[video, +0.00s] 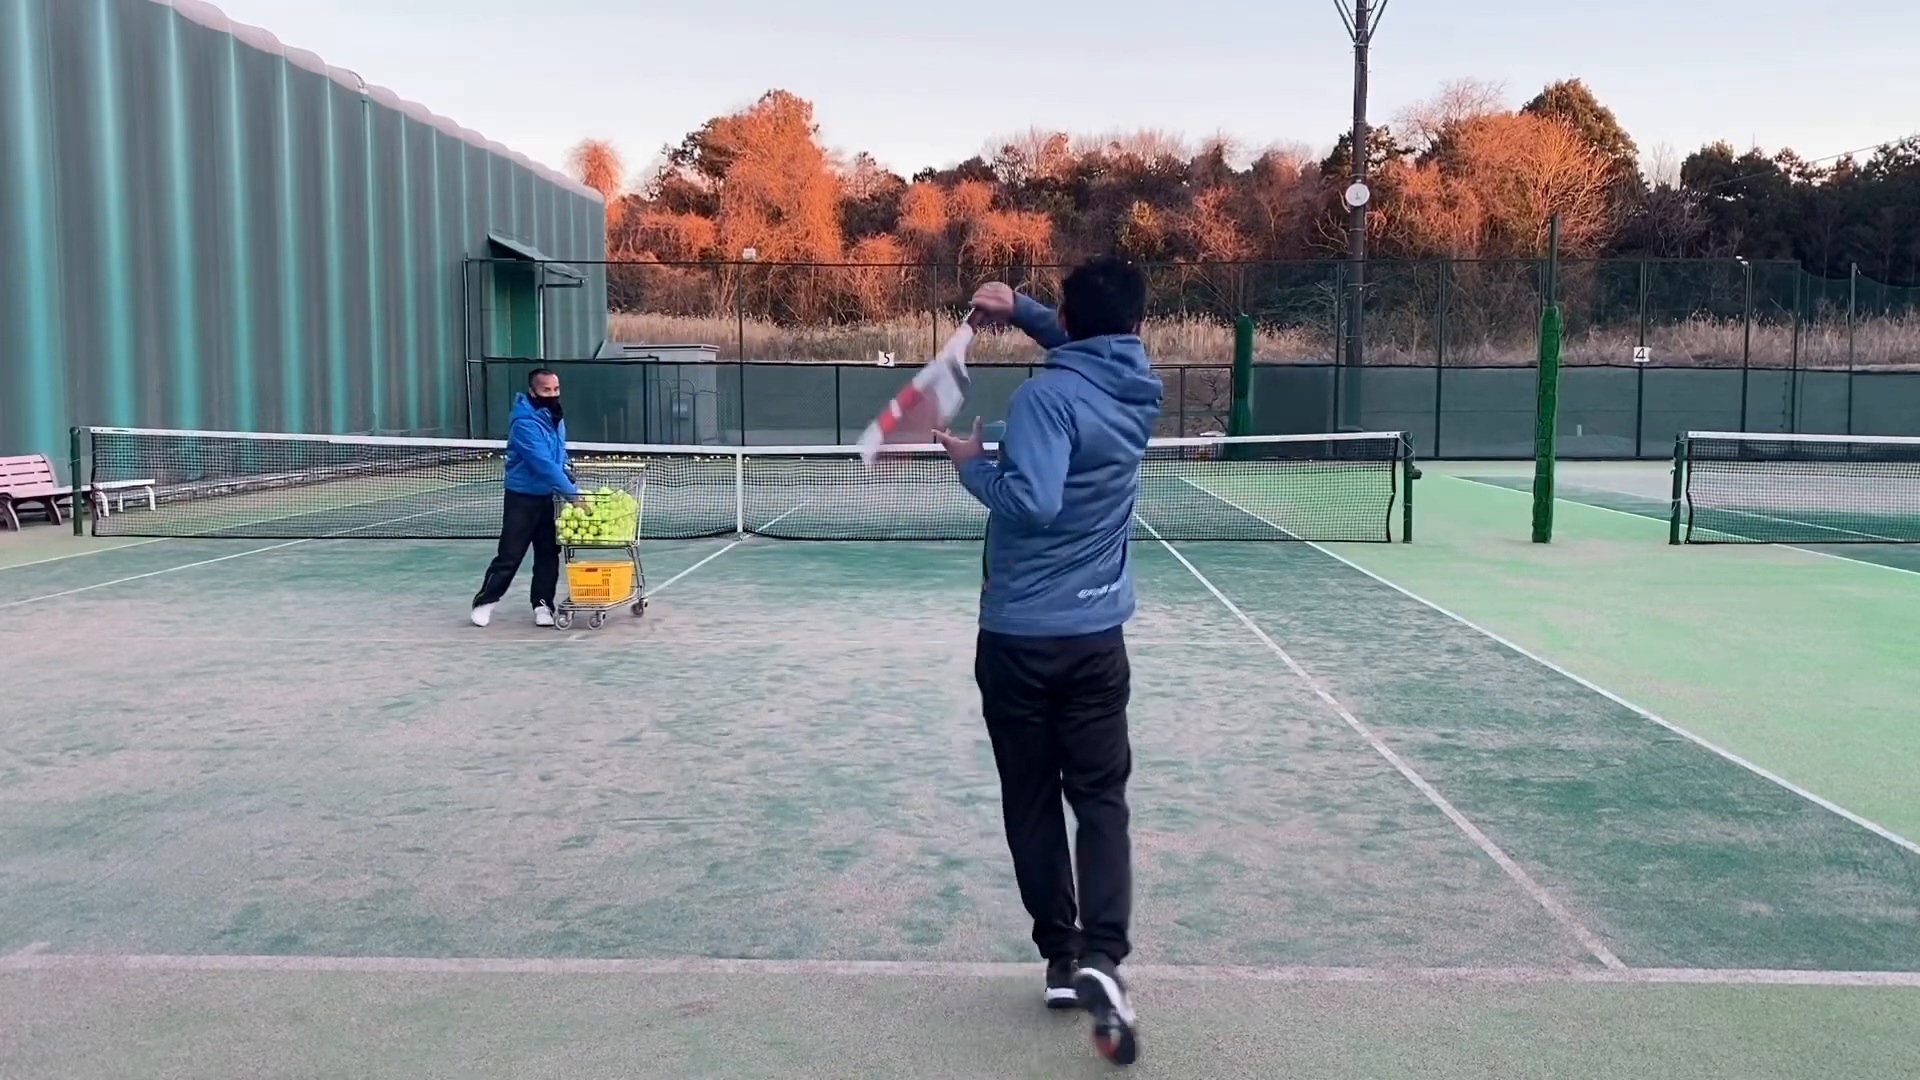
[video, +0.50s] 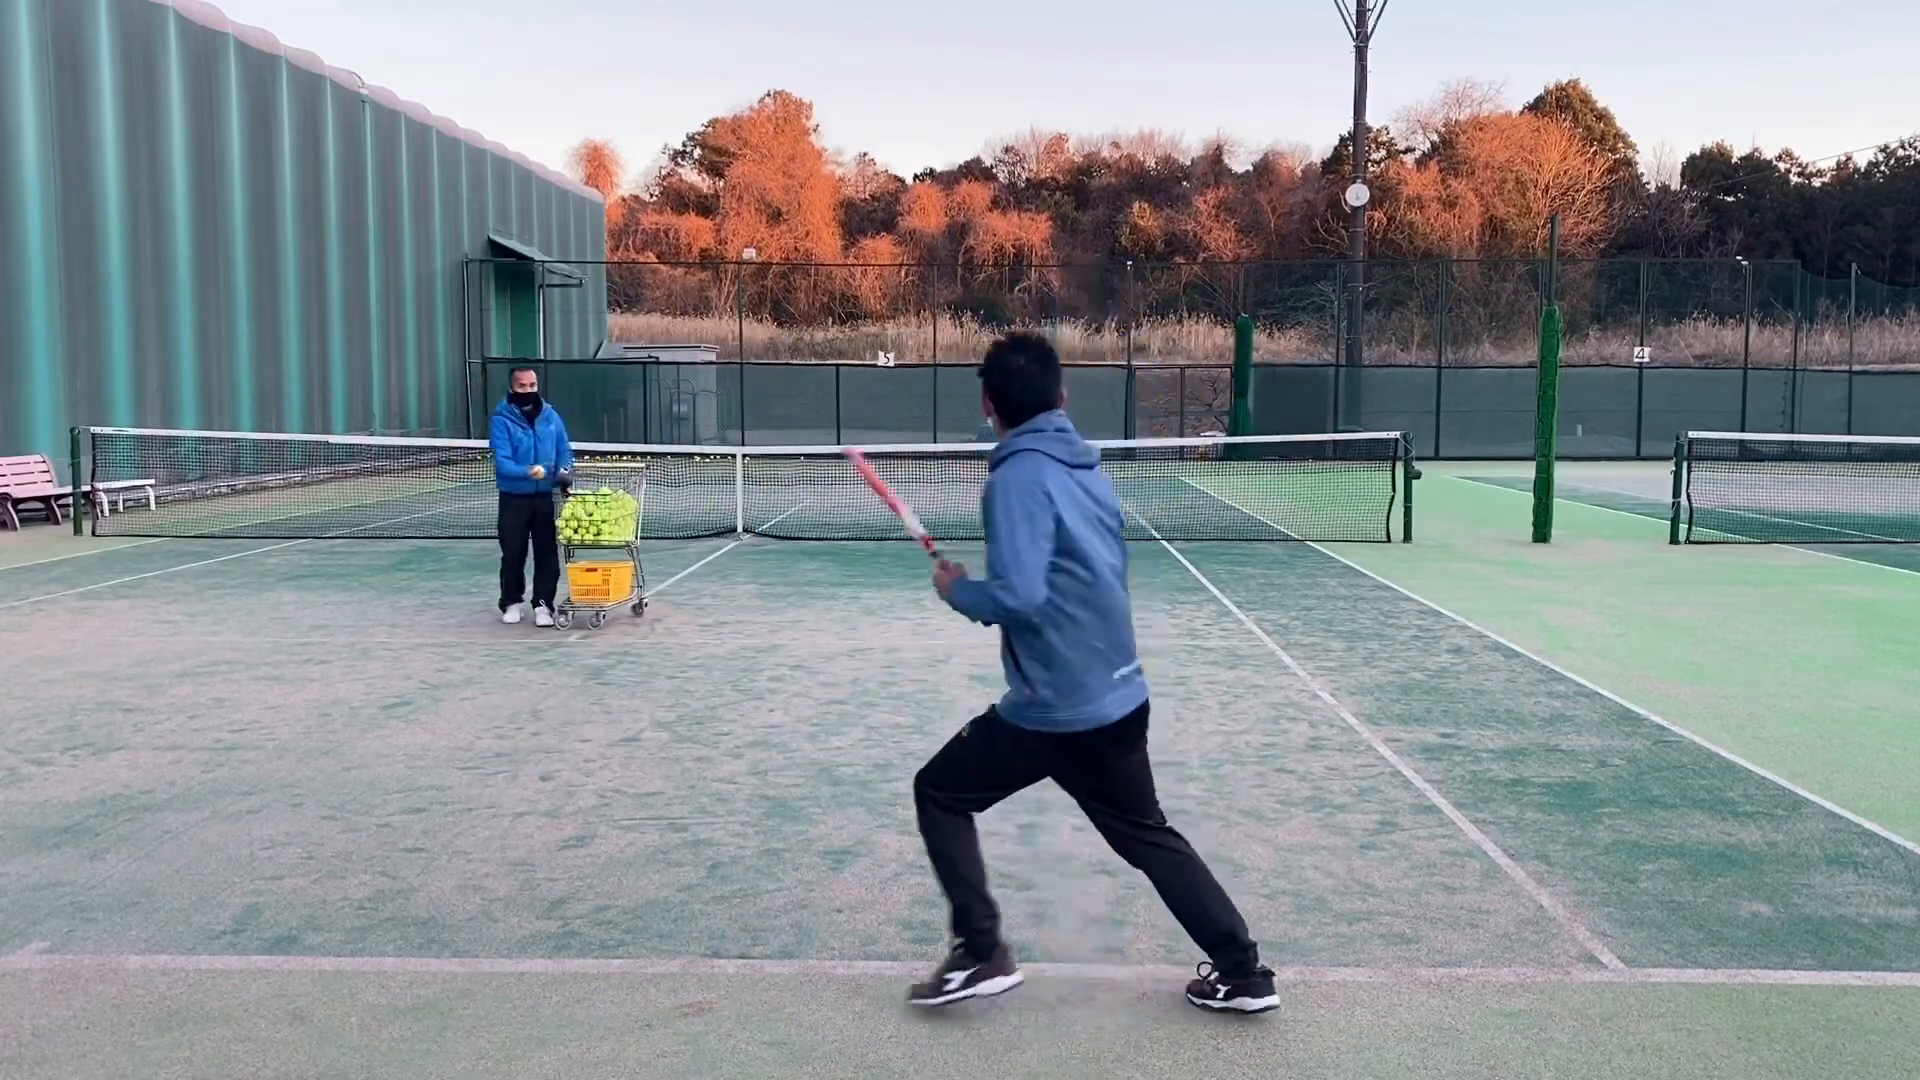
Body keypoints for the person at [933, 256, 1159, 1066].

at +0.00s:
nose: (1056, 317)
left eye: (1063, 309)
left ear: (1068, 320)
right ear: (1135, 326)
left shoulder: (1045, 395)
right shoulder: (1139, 386)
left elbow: (1034, 499)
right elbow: (1075, 337)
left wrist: (970, 460)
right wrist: (1018, 305)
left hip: (1018, 637)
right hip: (1097, 636)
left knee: (1031, 803)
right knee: (1102, 796)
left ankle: (1063, 961)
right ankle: (1102, 961)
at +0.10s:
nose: (1046, 320)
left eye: (1049, 310)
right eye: (1053, 311)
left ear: (1057, 318)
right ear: (1123, 316)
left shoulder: (1052, 394)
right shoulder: (1132, 374)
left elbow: (1052, 502)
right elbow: (1066, 345)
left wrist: (987, 459)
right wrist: (1002, 334)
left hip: (1039, 637)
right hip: (1116, 630)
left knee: (1046, 796)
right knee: (1131, 786)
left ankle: (1076, 961)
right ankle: (1167, 960)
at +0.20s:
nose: (1035, 331)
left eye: (1039, 321)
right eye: (1041, 319)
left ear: (1047, 329)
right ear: (1114, 327)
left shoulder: (1057, 414)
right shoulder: (1125, 387)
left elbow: (1070, 534)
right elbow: (1054, 397)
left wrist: (994, 486)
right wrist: (990, 402)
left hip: (1057, 654)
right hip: (1129, 643)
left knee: (1056, 812)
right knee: (1153, 794)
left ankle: (1095, 972)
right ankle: (1203, 952)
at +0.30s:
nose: (1025, 351)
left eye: (1029, 343)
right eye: (1031, 340)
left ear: (1039, 355)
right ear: (1100, 353)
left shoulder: (1063, 435)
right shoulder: (1113, 419)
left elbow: (1075, 554)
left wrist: (994, 524)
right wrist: (1035, 481)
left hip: (1077, 678)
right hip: (1141, 666)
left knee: (1022, 812)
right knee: (1163, 809)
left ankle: (1094, 952)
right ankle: (1237, 958)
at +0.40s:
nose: (1011, 393)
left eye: (1012, 383)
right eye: (1014, 382)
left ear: (1021, 393)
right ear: (1088, 385)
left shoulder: (1057, 468)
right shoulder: (1102, 450)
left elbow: (1068, 585)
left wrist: (990, 572)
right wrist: (977, 459)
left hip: (1086, 700)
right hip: (1137, 690)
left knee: (973, 789)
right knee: (1159, 832)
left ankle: (1054, 927)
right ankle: (1245, 973)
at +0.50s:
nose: (981, 403)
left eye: (983, 393)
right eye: (983, 392)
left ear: (992, 402)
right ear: (1059, 395)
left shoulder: (1019, 477)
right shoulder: (1083, 465)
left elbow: (1019, 594)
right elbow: (1105, 567)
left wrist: (957, 589)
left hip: (1059, 706)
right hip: (1116, 697)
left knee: (940, 791)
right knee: (1146, 835)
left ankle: (979, 950)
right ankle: (1243, 970)